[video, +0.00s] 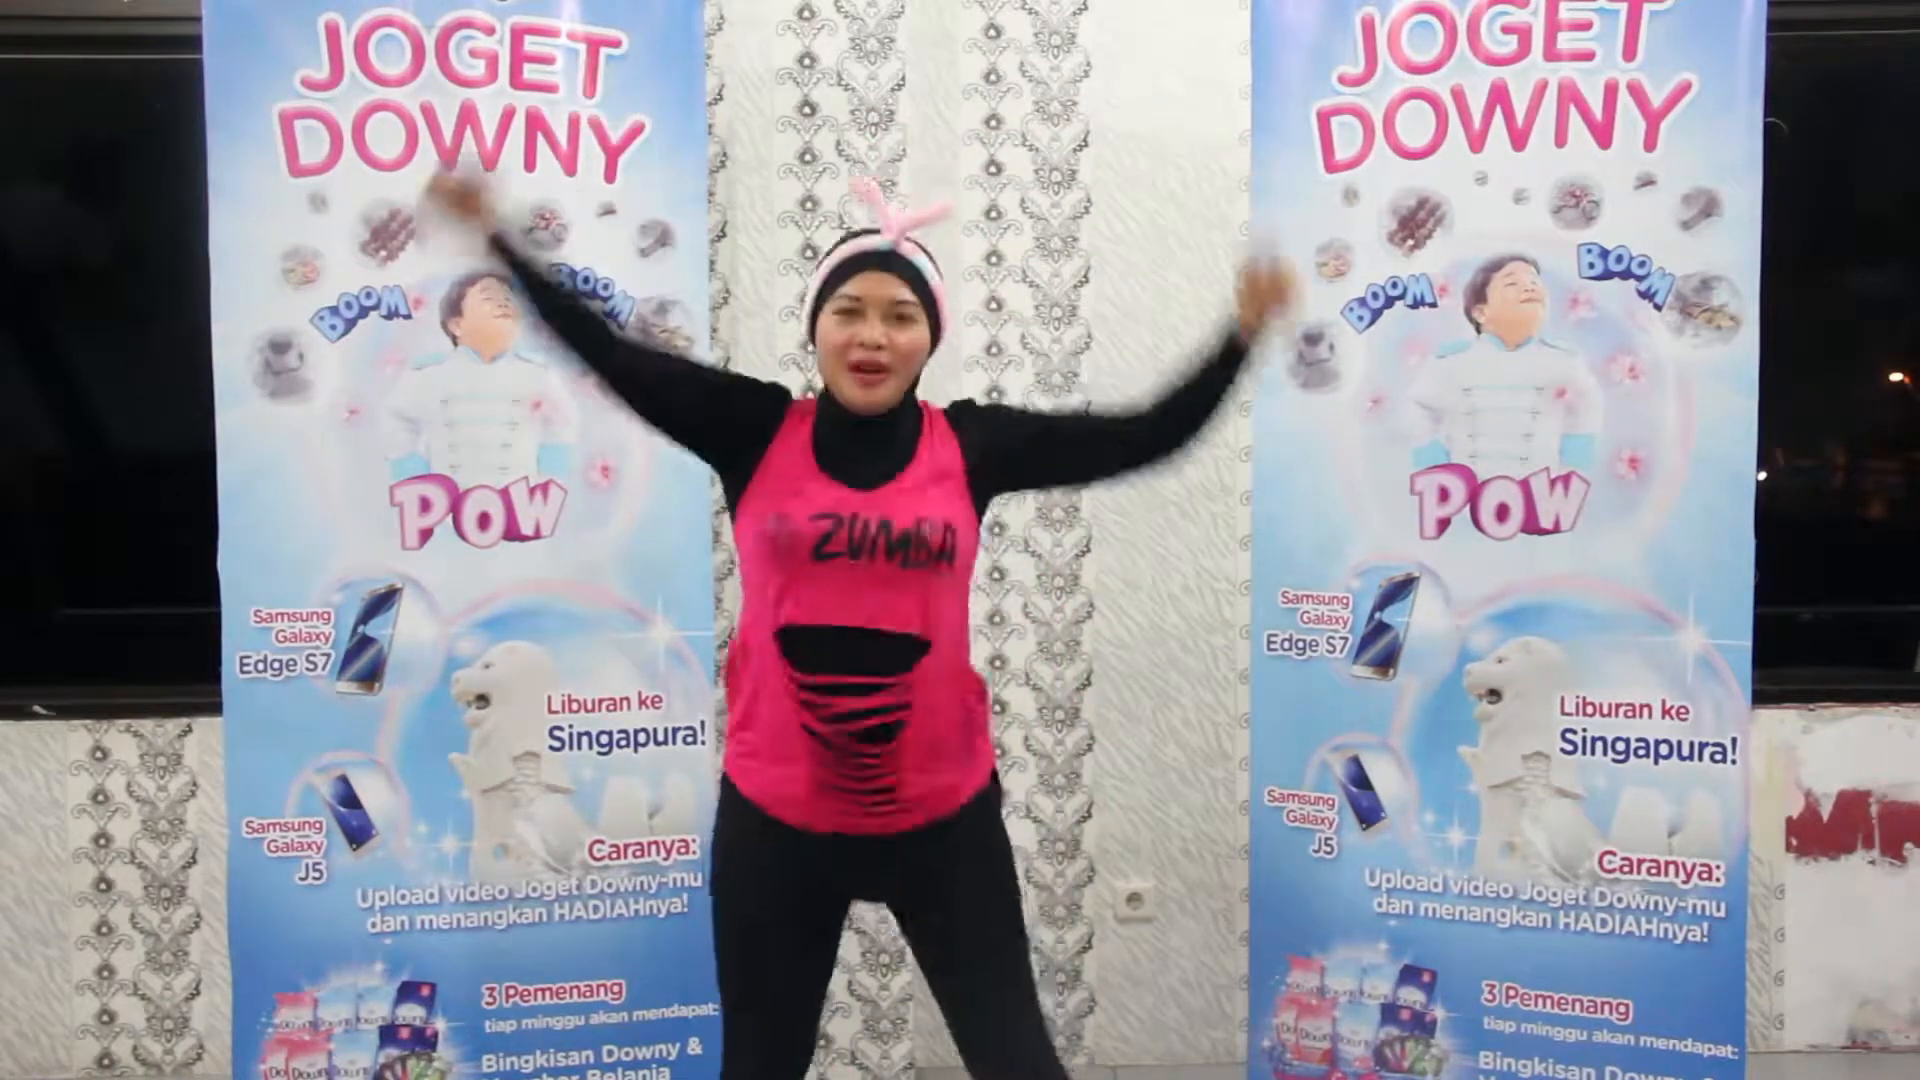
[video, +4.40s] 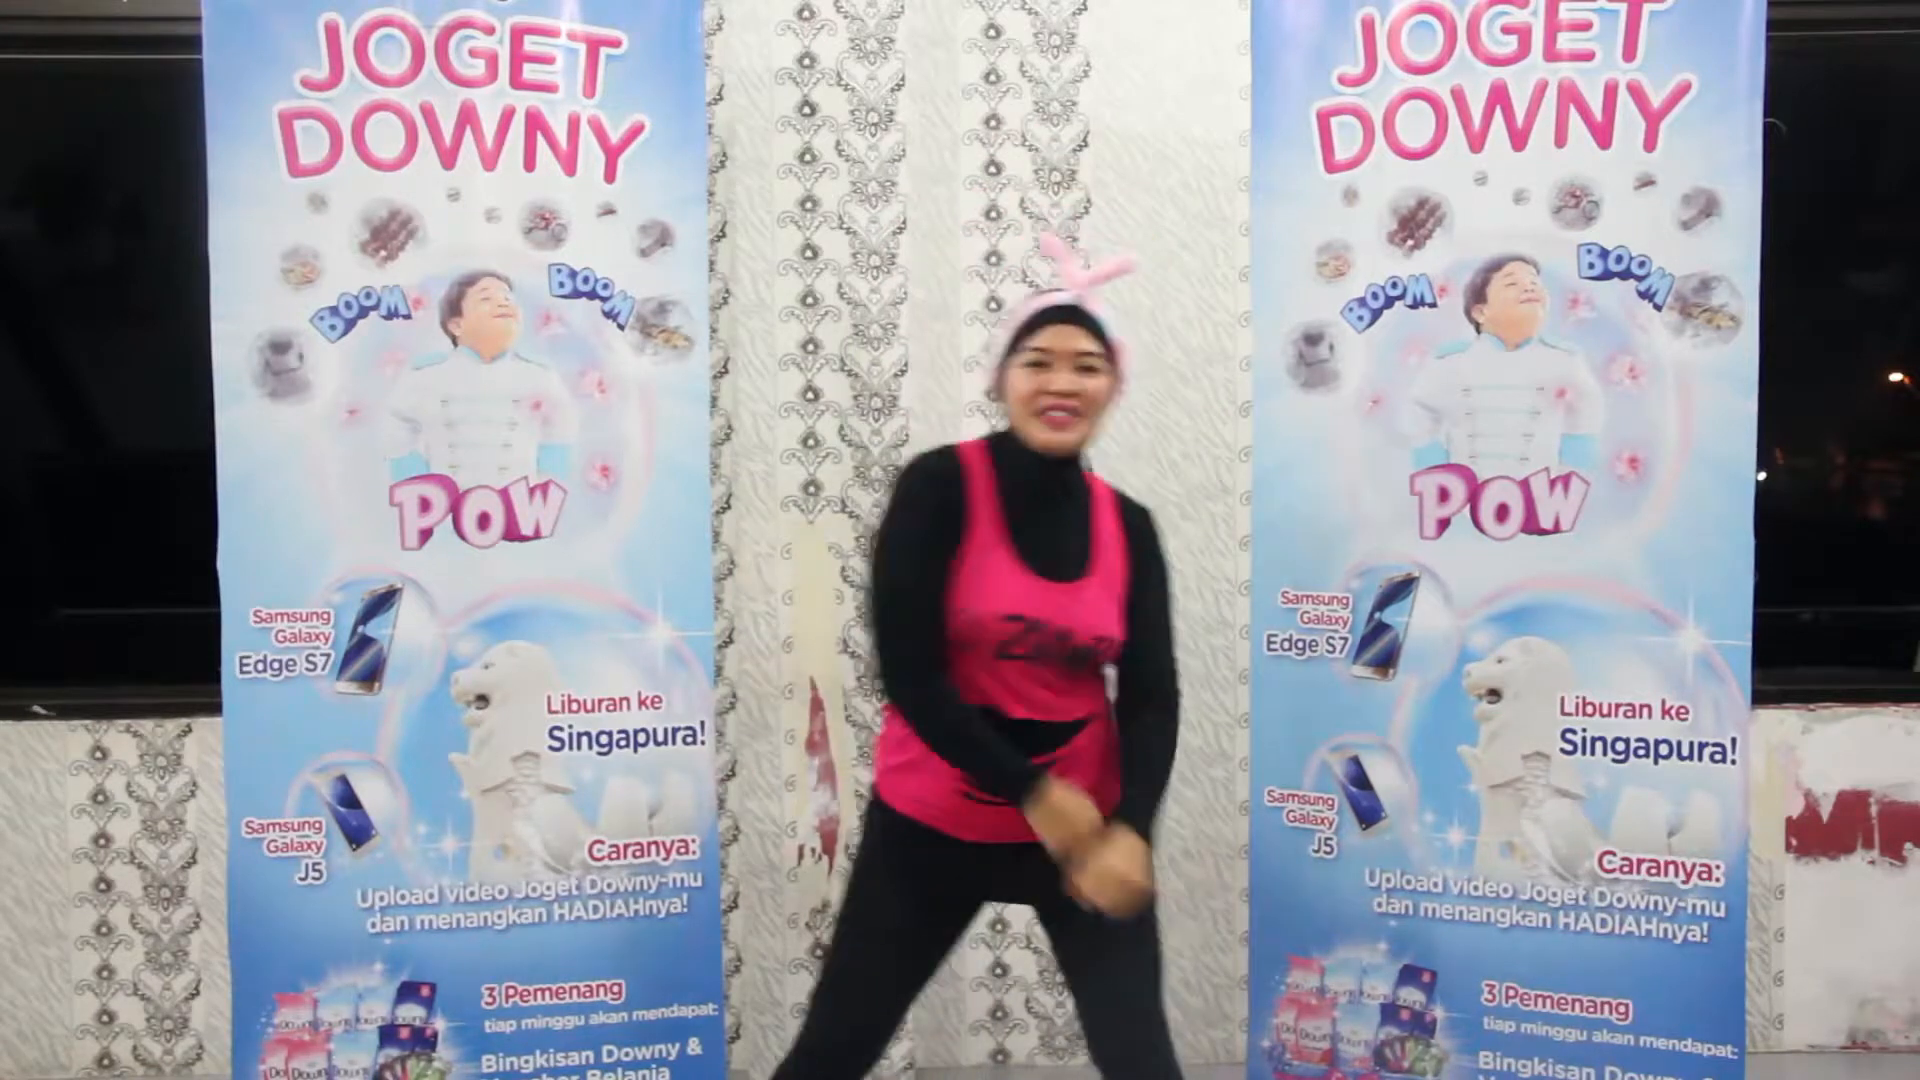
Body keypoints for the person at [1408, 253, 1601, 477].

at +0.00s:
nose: (1528, 286)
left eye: (1534, 281)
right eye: (1510, 283)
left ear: (1545, 299)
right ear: (1479, 311)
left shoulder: (1564, 364)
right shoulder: (1446, 365)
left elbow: (1583, 422)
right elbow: (1415, 415)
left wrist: (1567, 482)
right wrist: (1436, 475)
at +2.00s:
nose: (1529, 287)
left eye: (1534, 281)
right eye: (1510, 283)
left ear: (1544, 301)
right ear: (1478, 311)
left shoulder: (1565, 365)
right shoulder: (1446, 367)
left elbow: (1582, 436)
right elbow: (1414, 421)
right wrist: (1435, 477)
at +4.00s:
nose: (1529, 287)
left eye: (1534, 281)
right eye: (1510, 283)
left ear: (1545, 299)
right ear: (1479, 311)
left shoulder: (1564, 364)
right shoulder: (1447, 365)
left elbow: (1584, 421)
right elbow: (1416, 415)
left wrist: (1567, 482)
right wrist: (1433, 475)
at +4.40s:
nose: (1529, 286)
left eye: (1534, 280)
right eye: (1510, 283)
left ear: (1545, 299)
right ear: (1479, 311)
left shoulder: (1565, 363)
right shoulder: (1446, 365)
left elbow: (1584, 432)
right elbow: (1416, 420)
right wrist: (1436, 481)